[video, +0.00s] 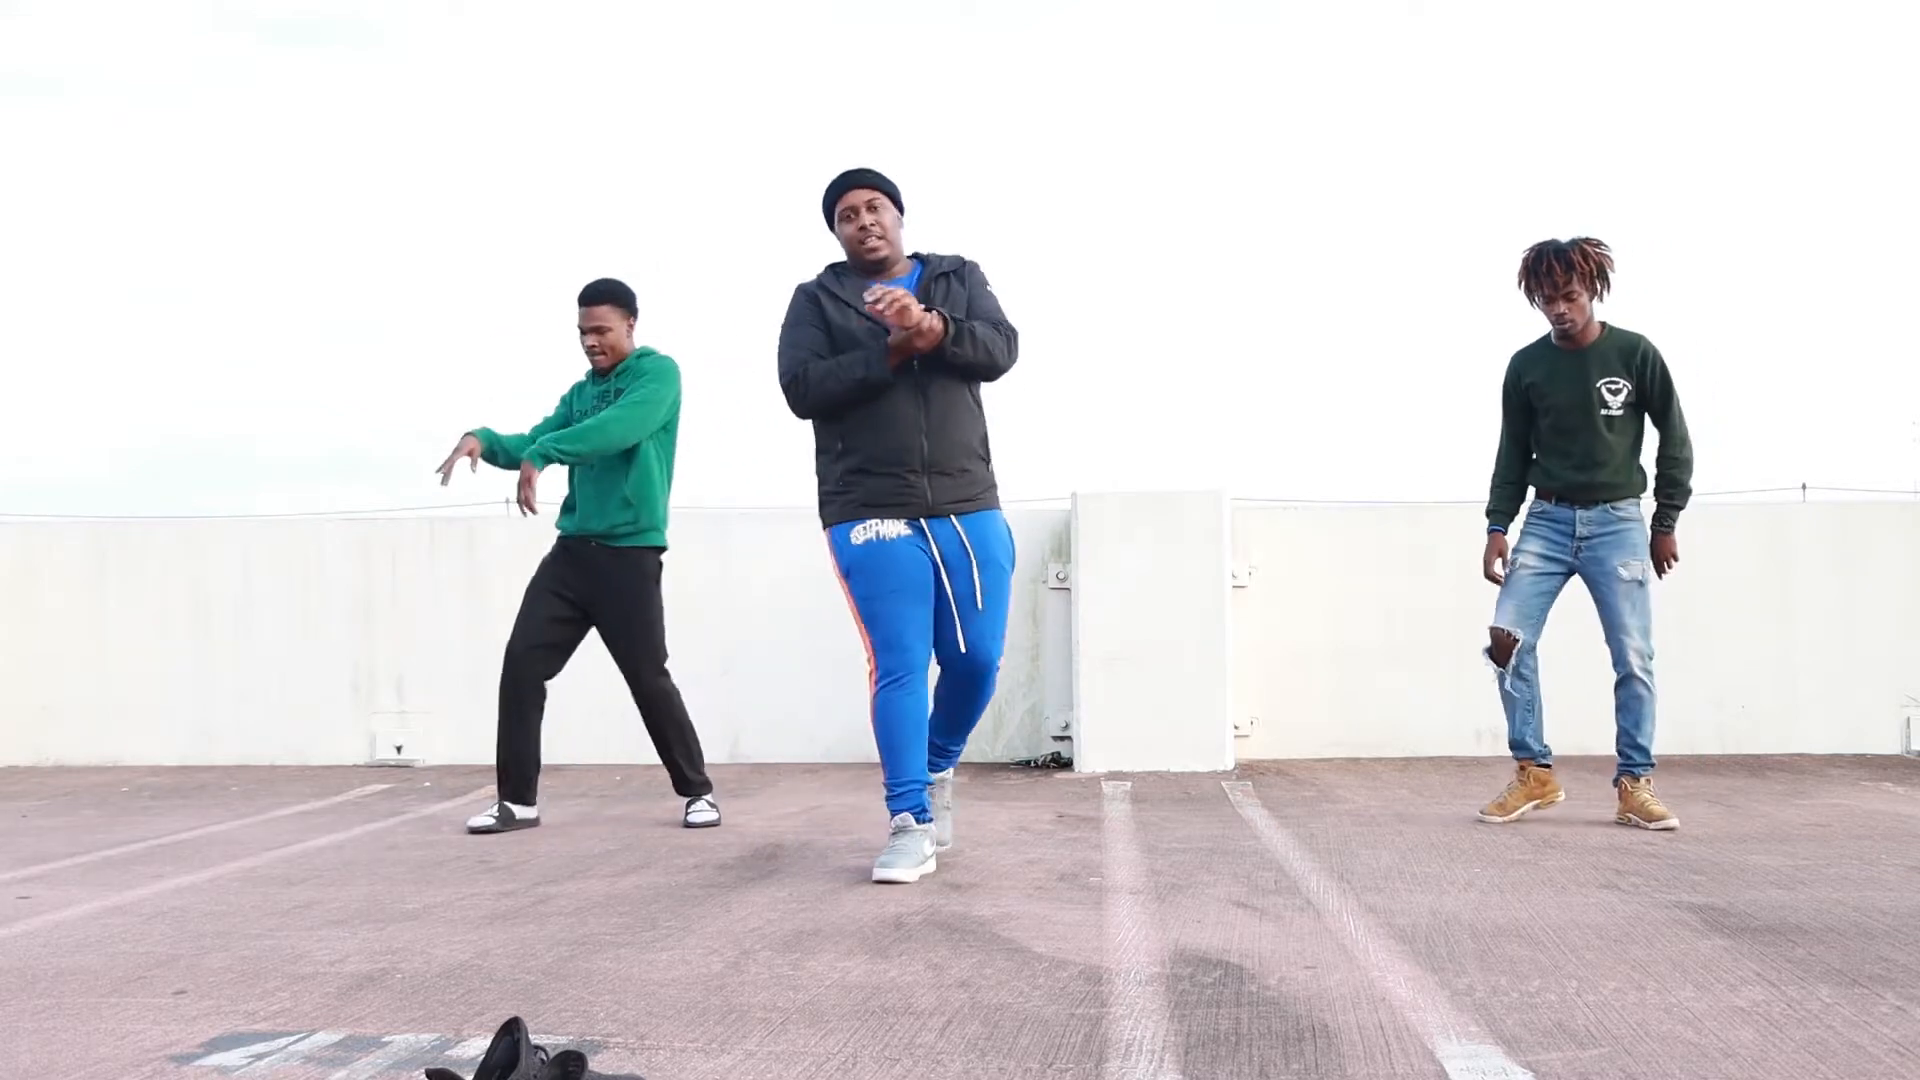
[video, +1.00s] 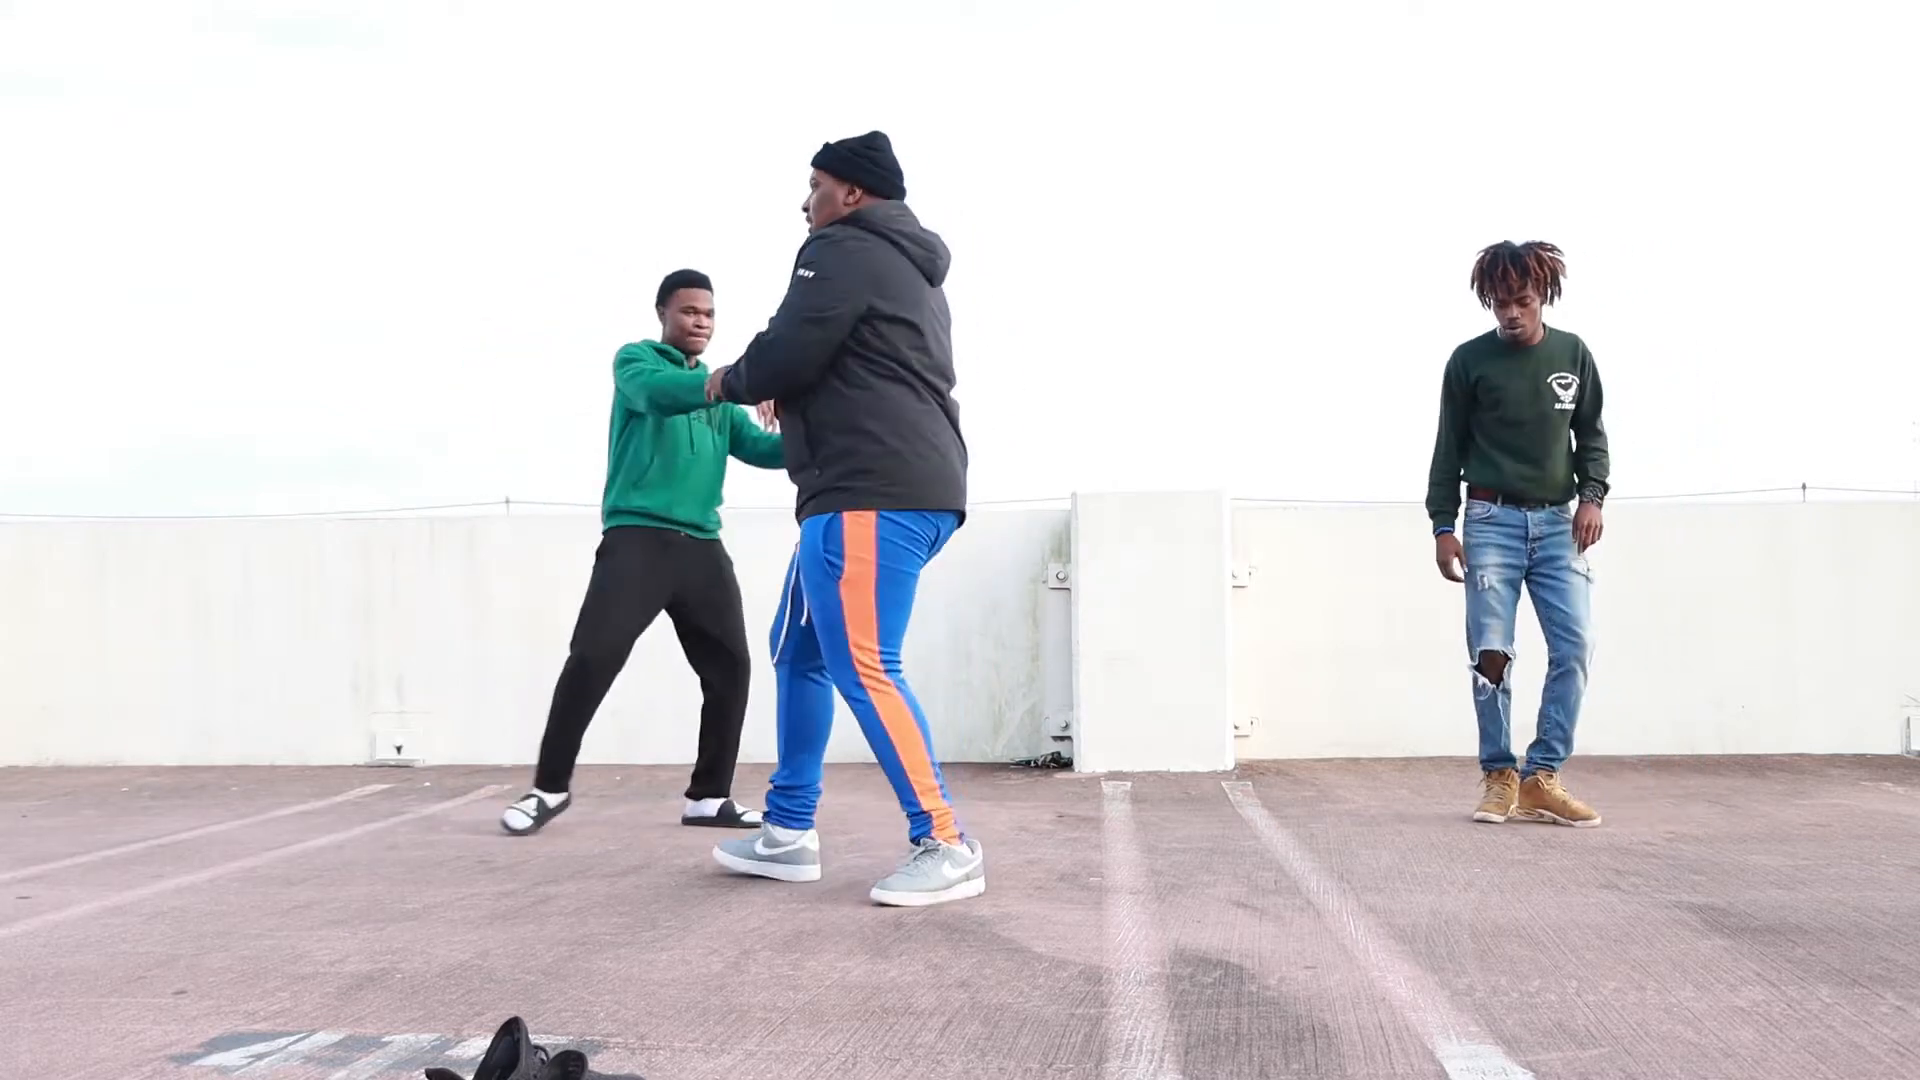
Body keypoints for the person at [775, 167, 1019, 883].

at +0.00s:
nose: (865, 220)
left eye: (874, 208)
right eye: (850, 216)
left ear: (900, 216)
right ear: (836, 236)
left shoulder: (956, 277)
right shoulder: (817, 300)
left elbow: (999, 350)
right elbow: (803, 391)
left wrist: (938, 331)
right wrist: (892, 349)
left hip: (966, 497)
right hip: (870, 504)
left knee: (978, 659)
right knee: (900, 662)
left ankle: (935, 767)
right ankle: (909, 823)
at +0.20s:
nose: (860, 196)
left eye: (871, 183)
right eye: (847, 190)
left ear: (904, 192)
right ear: (836, 209)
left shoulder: (956, 249)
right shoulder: (818, 277)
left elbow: (973, 331)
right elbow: (783, 377)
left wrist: (874, 318)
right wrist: (847, 341)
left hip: (953, 482)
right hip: (855, 495)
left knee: (955, 639)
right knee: (886, 664)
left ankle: (967, 810)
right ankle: (906, 824)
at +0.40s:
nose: (852, 195)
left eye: (866, 181)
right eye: (842, 189)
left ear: (906, 187)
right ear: (837, 206)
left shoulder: (951, 244)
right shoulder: (829, 275)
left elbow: (930, 335)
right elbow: (790, 393)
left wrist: (813, 330)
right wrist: (816, 346)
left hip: (940, 481)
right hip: (853, 496)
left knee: (924, 645)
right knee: (875, 666)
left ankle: (954, 838)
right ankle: (911, 830)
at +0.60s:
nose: (831, 201)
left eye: (844, 186)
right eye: (827, 190)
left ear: (892, 187)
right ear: (840, 201)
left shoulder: (932, 240)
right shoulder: (850, 274)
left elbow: (879, 343)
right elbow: (834, 390)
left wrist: (774, 356)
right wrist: (778, 362)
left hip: (935, 483)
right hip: (857, 492)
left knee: (908, 652)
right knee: (822, 649)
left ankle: (948, 843)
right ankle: (900, 799)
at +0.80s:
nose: (824, 191)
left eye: (834, 177)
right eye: (824, 178)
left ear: (876, 177)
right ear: (876, 180)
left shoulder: (892, 230)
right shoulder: (879, 240)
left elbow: (833, 335)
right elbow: (858, 365)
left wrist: (749, 355)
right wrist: (778, 358)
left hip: (913, 478)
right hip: (869, 483)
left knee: (900, 655)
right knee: (808, 637)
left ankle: (947, 844)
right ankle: (828, 821)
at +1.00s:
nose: (807, 200)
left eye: (816, 187)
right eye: (809, 187)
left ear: (852, 192)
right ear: (867, 194)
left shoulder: (844, 250)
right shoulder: (901, 260)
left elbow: (789, 355)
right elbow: (883, 376)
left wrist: (728, 381)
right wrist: (795, 406)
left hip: (873, 487)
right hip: (874, 486)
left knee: (863, 665)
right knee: (801, 656)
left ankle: (944, 845)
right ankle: (789, 830)